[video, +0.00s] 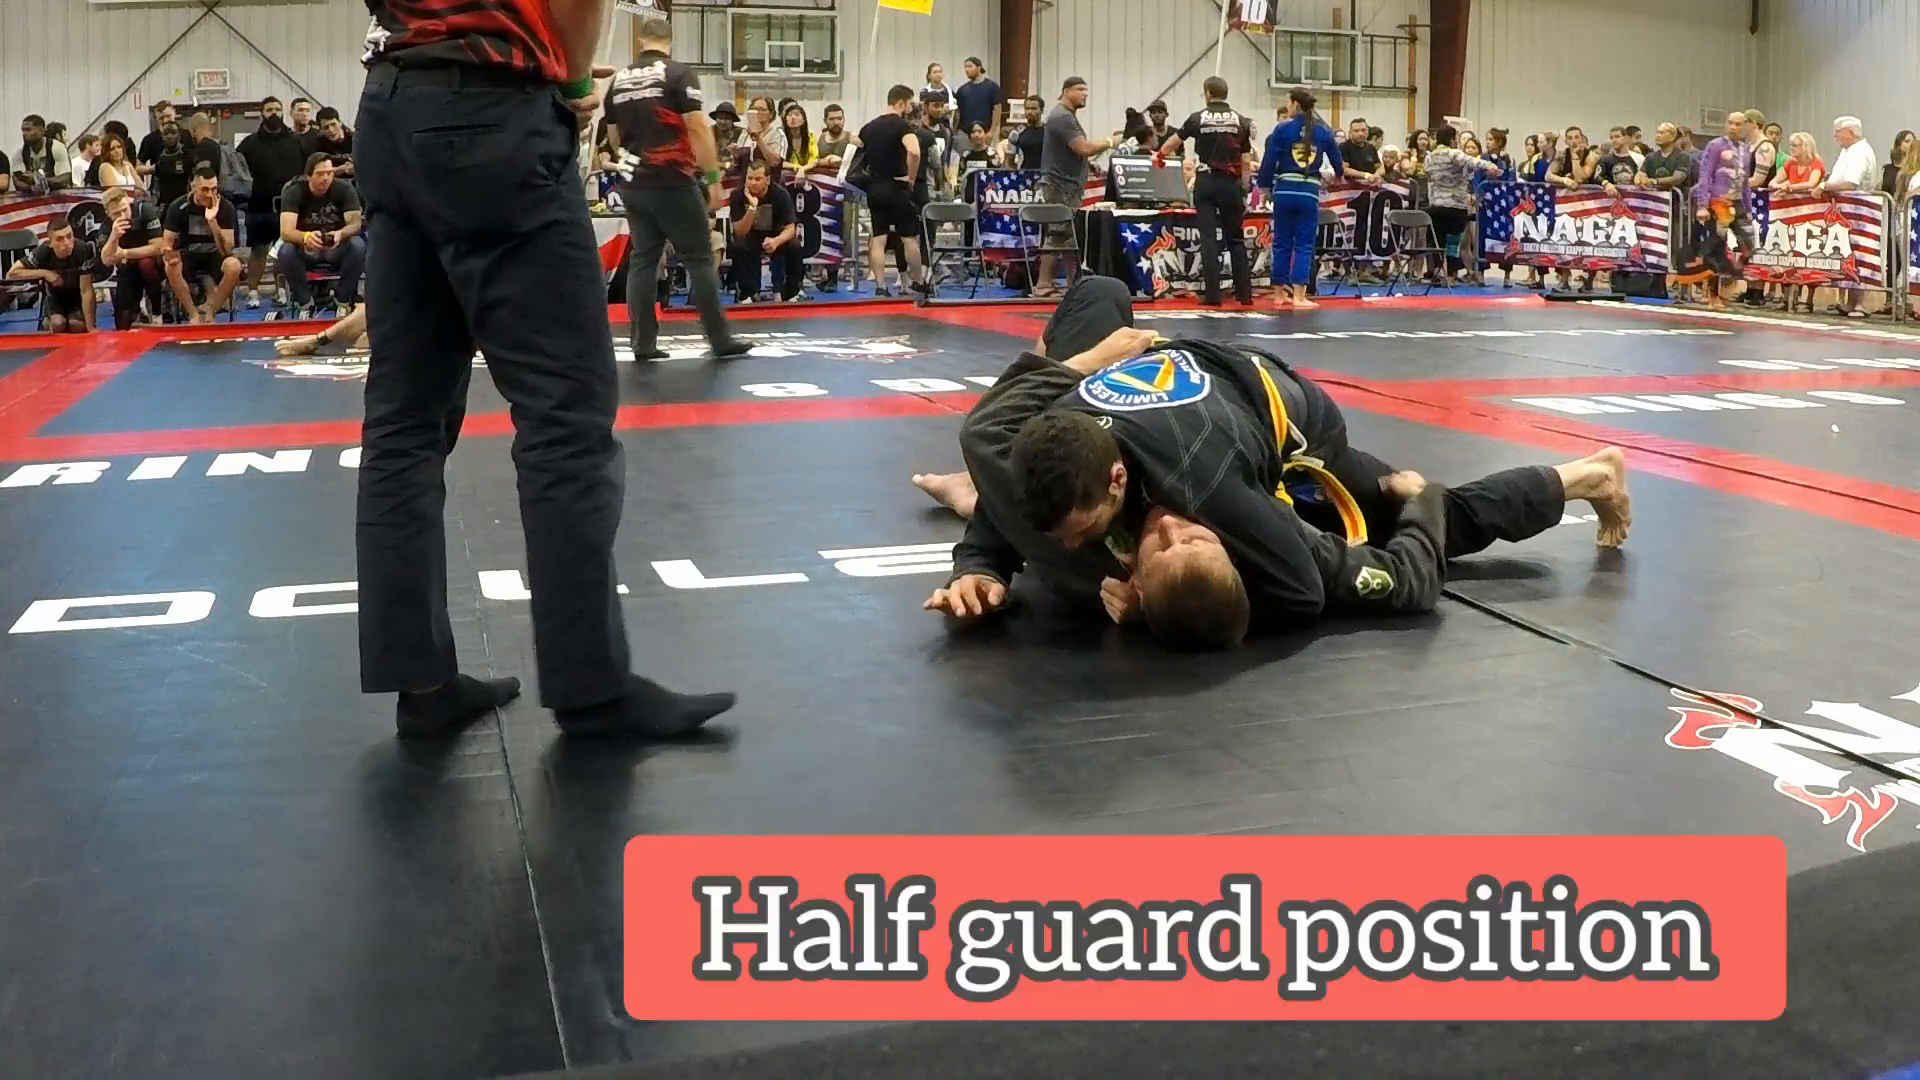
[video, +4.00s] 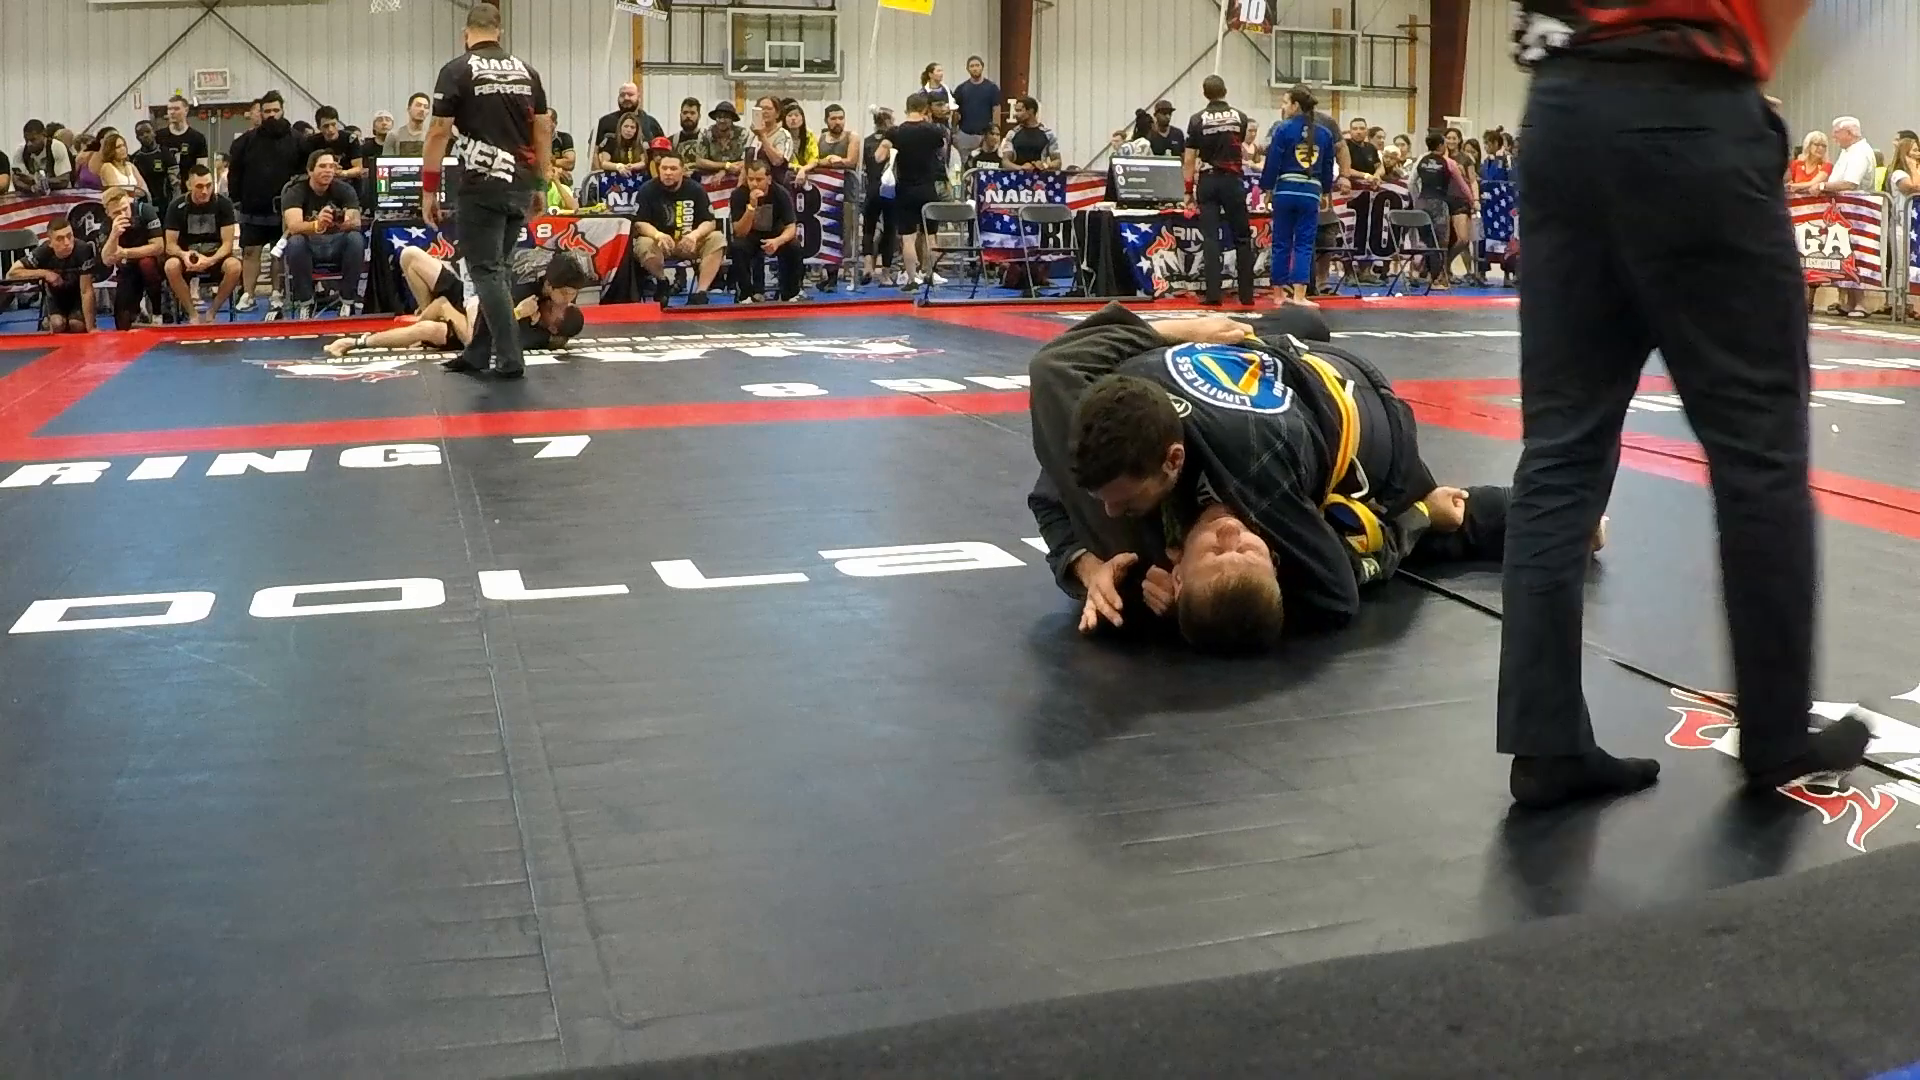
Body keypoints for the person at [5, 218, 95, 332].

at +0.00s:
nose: (67, 243)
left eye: (69, 237)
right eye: (60, 239)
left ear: (73, 235)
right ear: (50, 241)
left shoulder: (83, 249)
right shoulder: (44, 251)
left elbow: (86, 290)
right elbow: (12, 273)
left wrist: (91, 328)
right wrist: (44, 273)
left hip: (78, 292)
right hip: (56, 292)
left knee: (78, 325)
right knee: (58, 323)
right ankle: (46, 324)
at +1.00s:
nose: (67, 243)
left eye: (69, 237)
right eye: (60, 239)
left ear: (73, 235)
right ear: (50, 241)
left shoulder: (83, 249)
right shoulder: (44, 251)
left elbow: (86, 290)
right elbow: (12, 273)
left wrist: (91, 328)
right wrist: (44, 273)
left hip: (78, 291)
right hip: (56, 291)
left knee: (76, 325)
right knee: (58, 323)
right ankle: (46, 323)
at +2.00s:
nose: (67, 243)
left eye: (69, 237)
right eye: (60, 239)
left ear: (73, 235)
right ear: (50, 241)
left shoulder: (83, 250)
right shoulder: (44, 251)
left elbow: (86, 291)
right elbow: (12, 273)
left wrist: (91, 328)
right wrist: (44, 273)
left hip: (78, 293)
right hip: (56, 293)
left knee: (76, 325)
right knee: (58, 323)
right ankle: (46, 323)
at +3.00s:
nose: (67, 243)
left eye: (69, 237)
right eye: (60, 239)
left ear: (73, 235)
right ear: (50, 241)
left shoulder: (83, 249)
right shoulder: (44, 251)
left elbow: (86, 290)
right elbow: (12, 274)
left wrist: (91, 328)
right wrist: (44, 273)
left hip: (78, 293)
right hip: (55, 293)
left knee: (76, 325)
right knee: (58, 323)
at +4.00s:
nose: (67, 243)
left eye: (69, 236)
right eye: (60, 239)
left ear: (73, 235)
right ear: (50, 240)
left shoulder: (83, 249)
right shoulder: (44, 251)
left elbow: (86, 290)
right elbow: (12, 273)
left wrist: (91, 328)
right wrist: (44, 273)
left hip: (77, 291)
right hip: (55, 292)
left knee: (77, 325)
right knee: (58, 324)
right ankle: (46, 323)